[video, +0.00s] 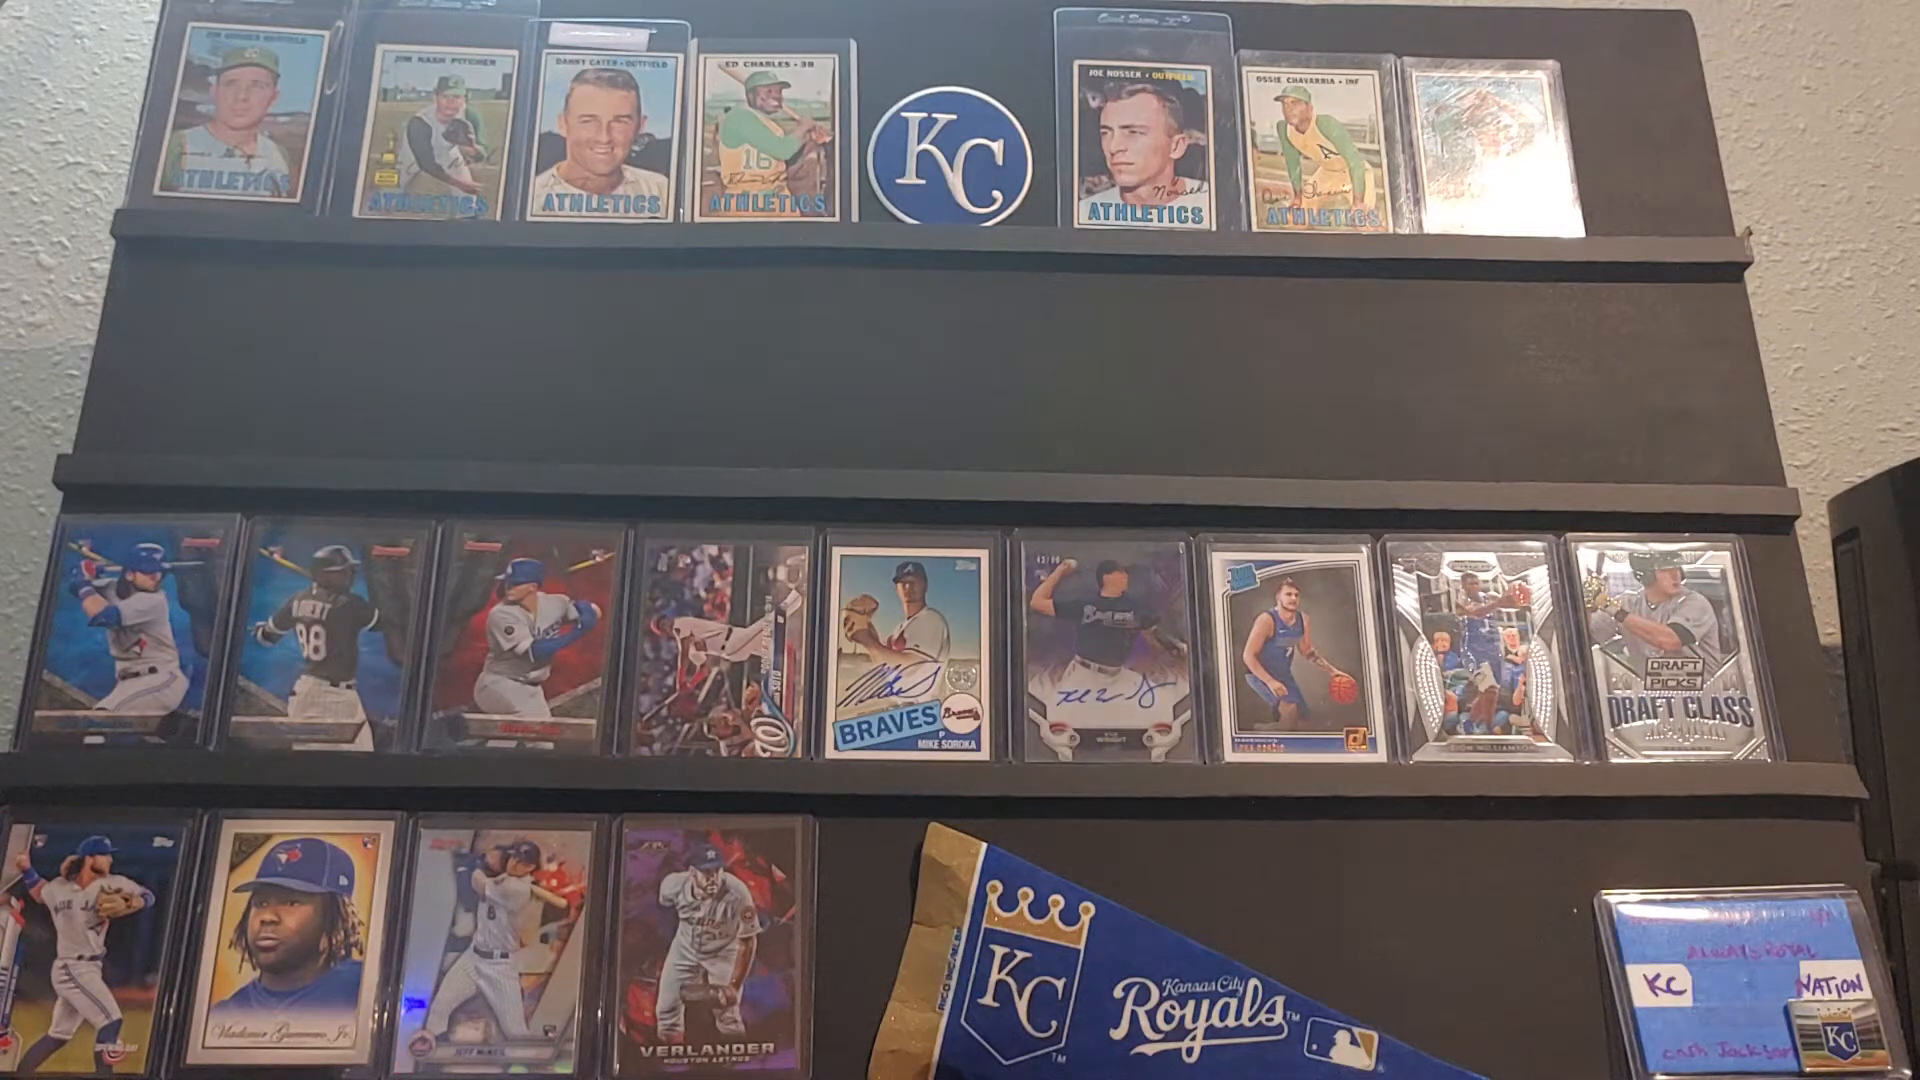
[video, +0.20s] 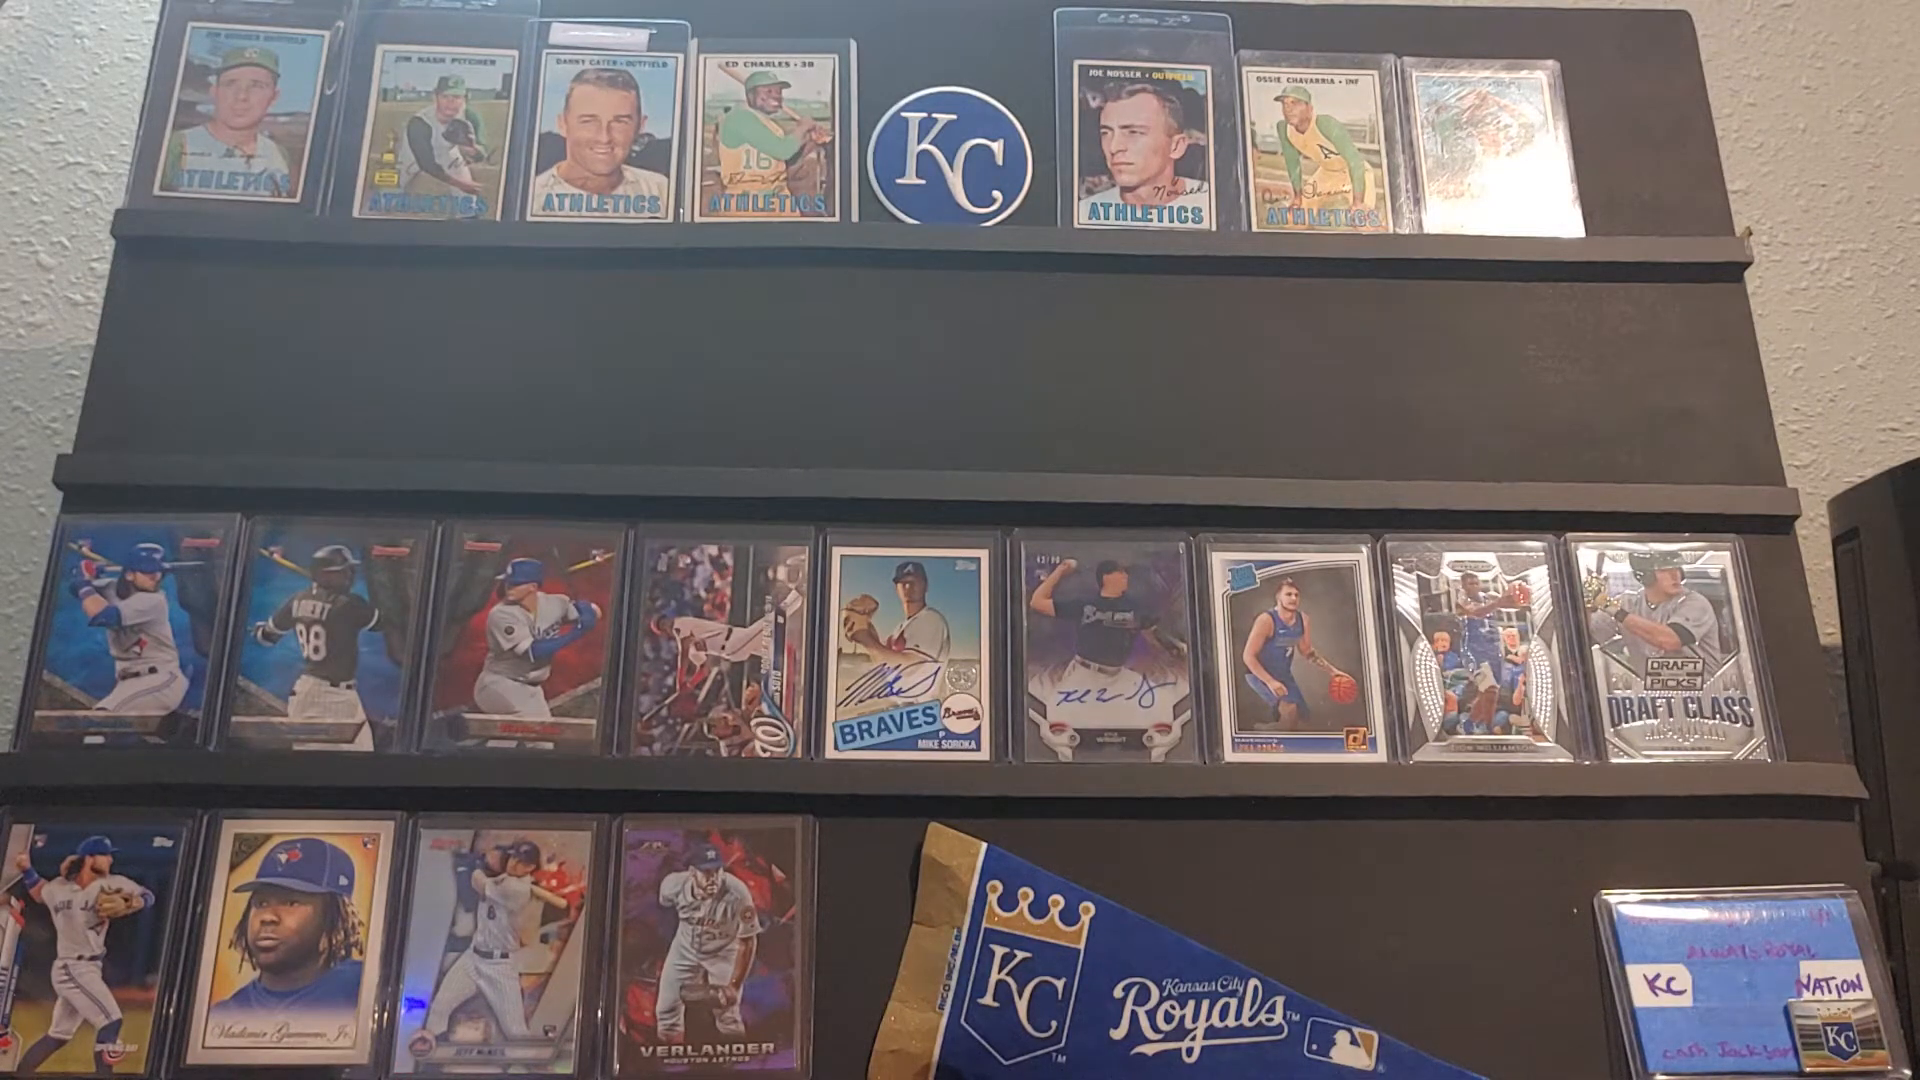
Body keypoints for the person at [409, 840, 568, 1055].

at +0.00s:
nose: (514, 863)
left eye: (521, 862)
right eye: (514, 858)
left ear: (530, 869)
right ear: (510, 858)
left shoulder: (518, 889)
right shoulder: (501, 879)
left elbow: (479, 884)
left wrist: (475, 867)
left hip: (500, 965)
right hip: (473, 958)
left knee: (515, 1030)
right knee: (440, 1006)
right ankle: (427, 1066)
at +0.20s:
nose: (514, 865)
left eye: (522, 863)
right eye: (514, 859)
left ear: (531, 869)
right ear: (509, 858)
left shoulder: (518, 890)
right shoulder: (500, 879)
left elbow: (479, 882)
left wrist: (477, 867)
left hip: (501, 966)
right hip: (472, 958)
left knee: (515, 1031)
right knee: (440, 1006)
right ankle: (423, 1063)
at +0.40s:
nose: (514, 865)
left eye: (521, 863)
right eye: (513, 859)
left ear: (530, 869)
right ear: (509, 858)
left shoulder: (518, 890)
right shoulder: (501, 879)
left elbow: (479, 882)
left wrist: (477, 867)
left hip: (501, 966)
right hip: (473, 958)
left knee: (515, 1031)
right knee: (440, 1005)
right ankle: (427, 1063)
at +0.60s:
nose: (514, 865)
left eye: (521, 863)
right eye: (513, 859)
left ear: (531, 869)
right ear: (509, 858)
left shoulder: (517, 889)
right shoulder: (501, 879)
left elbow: (478, 883)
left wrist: (477, 867)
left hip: (501, 965)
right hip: (472, 958)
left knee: (515, 1030)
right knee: (439, 1007)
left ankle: (531, 1072)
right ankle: (427, 1066)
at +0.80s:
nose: (514, 864)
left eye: (521, 862)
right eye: (513, 859)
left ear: (531, 869)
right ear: (509, 858)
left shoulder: (518, 890)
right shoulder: (500, 879)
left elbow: (478, 882)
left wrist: (479, 866)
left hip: (500, 965)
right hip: (472, 958)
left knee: (515, 1031)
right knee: (440, 1006)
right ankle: (426, 1064)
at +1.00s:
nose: (514, 864)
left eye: (521, 862)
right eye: (513, 858)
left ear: (531, 869)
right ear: (509, 858)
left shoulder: (518, 890)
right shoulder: (503, 878)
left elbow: (477, 881)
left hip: (501, 964)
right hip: (473, 957)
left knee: (515, 1030)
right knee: (441, 1004)